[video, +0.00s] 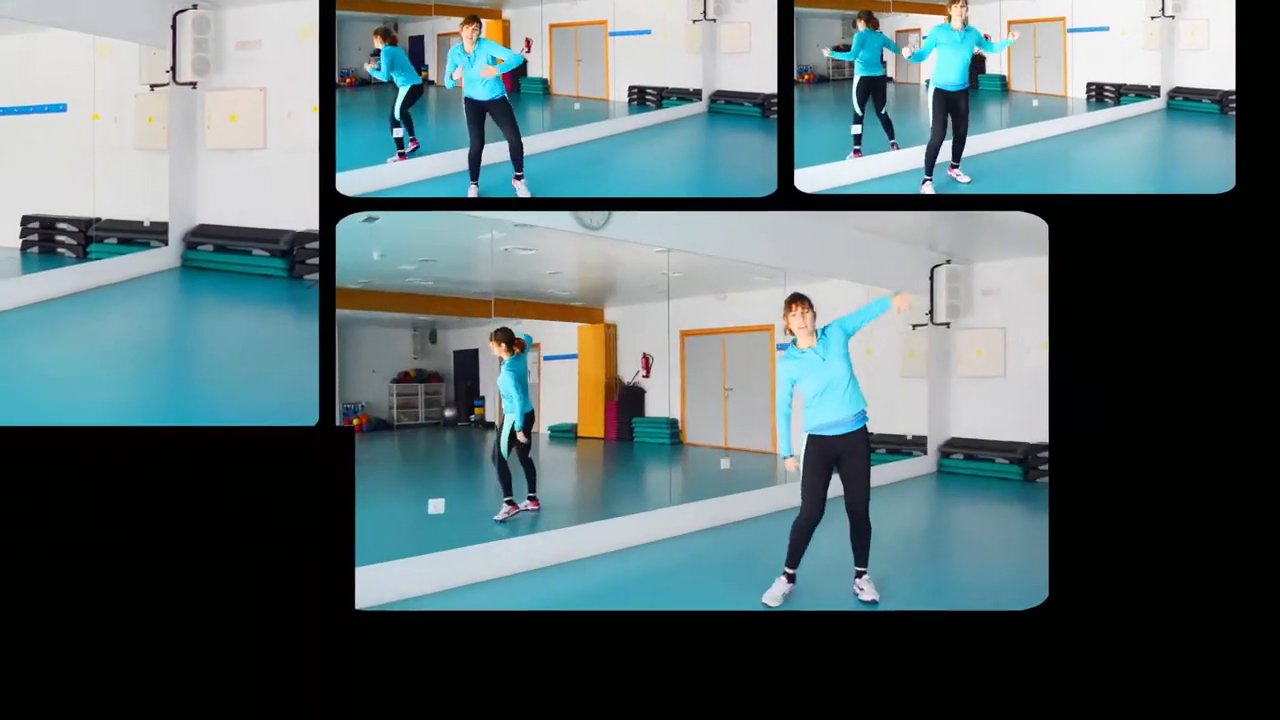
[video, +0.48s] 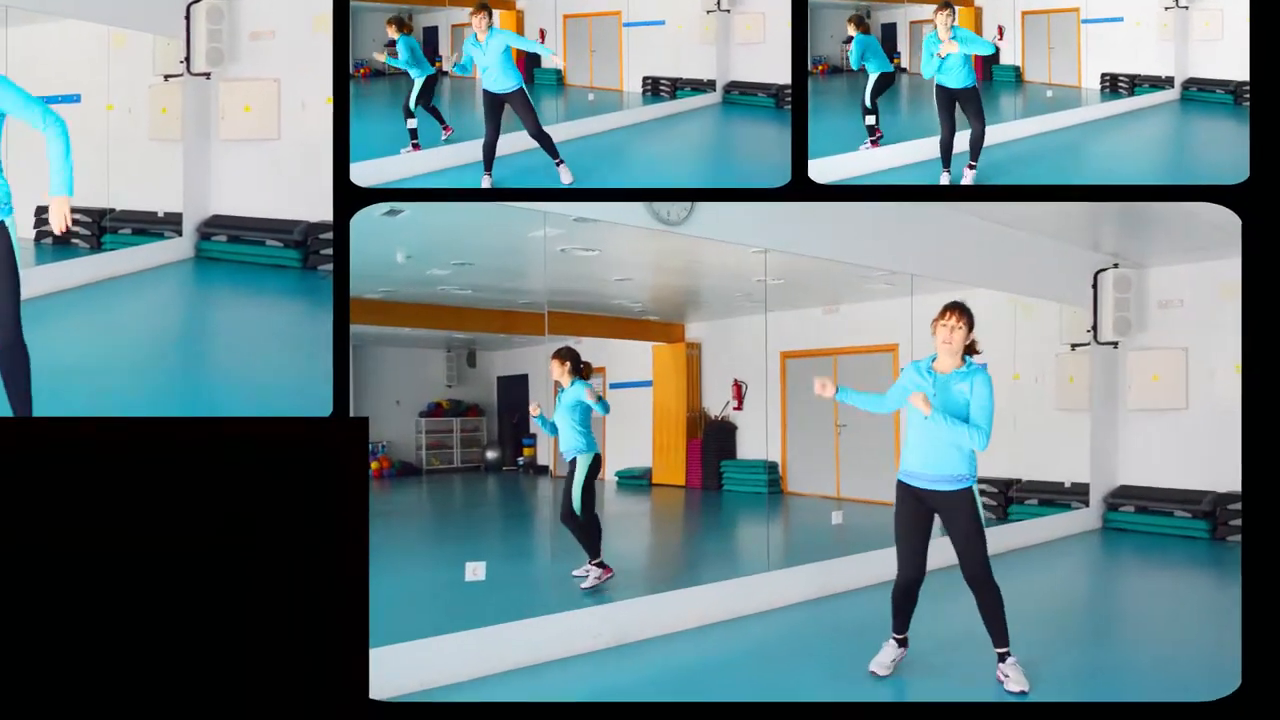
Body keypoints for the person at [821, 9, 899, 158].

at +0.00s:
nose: (857, 25)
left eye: (858, 22)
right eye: (857, 22)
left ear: (862, 22)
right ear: (871, 21)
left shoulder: (860, 35)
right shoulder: (880, 36)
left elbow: (852, 56)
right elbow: (895, 48)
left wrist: (831, 53)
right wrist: (904, 51)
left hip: (863, 77)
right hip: (879, 77)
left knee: (858, 113)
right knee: (881, 111)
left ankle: (857, 151)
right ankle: (893, 144)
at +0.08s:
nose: (856, 22)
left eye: (856, 20)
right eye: (856, 20)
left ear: (860, 19)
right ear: (869, 19)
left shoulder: (858, 33)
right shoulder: (878, 33)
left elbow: (848, 54)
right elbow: (888, 47)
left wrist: (832, 47)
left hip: (863, 75)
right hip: (879, 74)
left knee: (860, 111)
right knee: (877, 107)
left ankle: (860, 148)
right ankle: (892, 136)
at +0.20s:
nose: (853, 21)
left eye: (853, 18)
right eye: (853, 18)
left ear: (858, 18)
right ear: (868, 17)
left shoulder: (857, 32)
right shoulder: (875, 31)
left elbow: (843, 54)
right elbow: (865, 48)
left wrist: (841, 39)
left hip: (869, 71)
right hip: (884, 69)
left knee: (861, 105)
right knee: (872, 100)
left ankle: (864, 144)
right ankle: (879, 130)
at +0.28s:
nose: (851, 23)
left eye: (852, 20)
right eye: (852, 20)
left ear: (856, 20)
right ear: (865, 19)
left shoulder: (856, 33)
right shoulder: (873, 32)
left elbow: (845, 57)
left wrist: (847, 42)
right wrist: (854, 38)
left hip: (873, 70)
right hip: (886, 68)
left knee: (863, 102)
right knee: (869, 100)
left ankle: (868, 141)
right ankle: (873, 132)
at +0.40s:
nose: (849, 27)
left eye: (850, 24)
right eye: (849, 24)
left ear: (854, 24)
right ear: (864, 24)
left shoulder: (857, 39)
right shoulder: (873, 37)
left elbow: (852, 64)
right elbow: (875, 55)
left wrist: (860, 62)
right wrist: (861, 59)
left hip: (876, 73)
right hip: (887, 72)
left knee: (865, 103)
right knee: (867, 102)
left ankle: (871, 140)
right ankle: (872, 138)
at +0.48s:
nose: (848, 29)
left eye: (848, 26)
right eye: (847, 26)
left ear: (853, 26)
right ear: (862, 25)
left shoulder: (858, 40)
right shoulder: (871, 37)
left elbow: (855, 65)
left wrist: (851, 52)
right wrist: (855, 51)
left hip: (878, 73)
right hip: (888, 71)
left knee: (867, 103)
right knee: (871, 99)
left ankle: (872, 139)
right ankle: (876, 129)